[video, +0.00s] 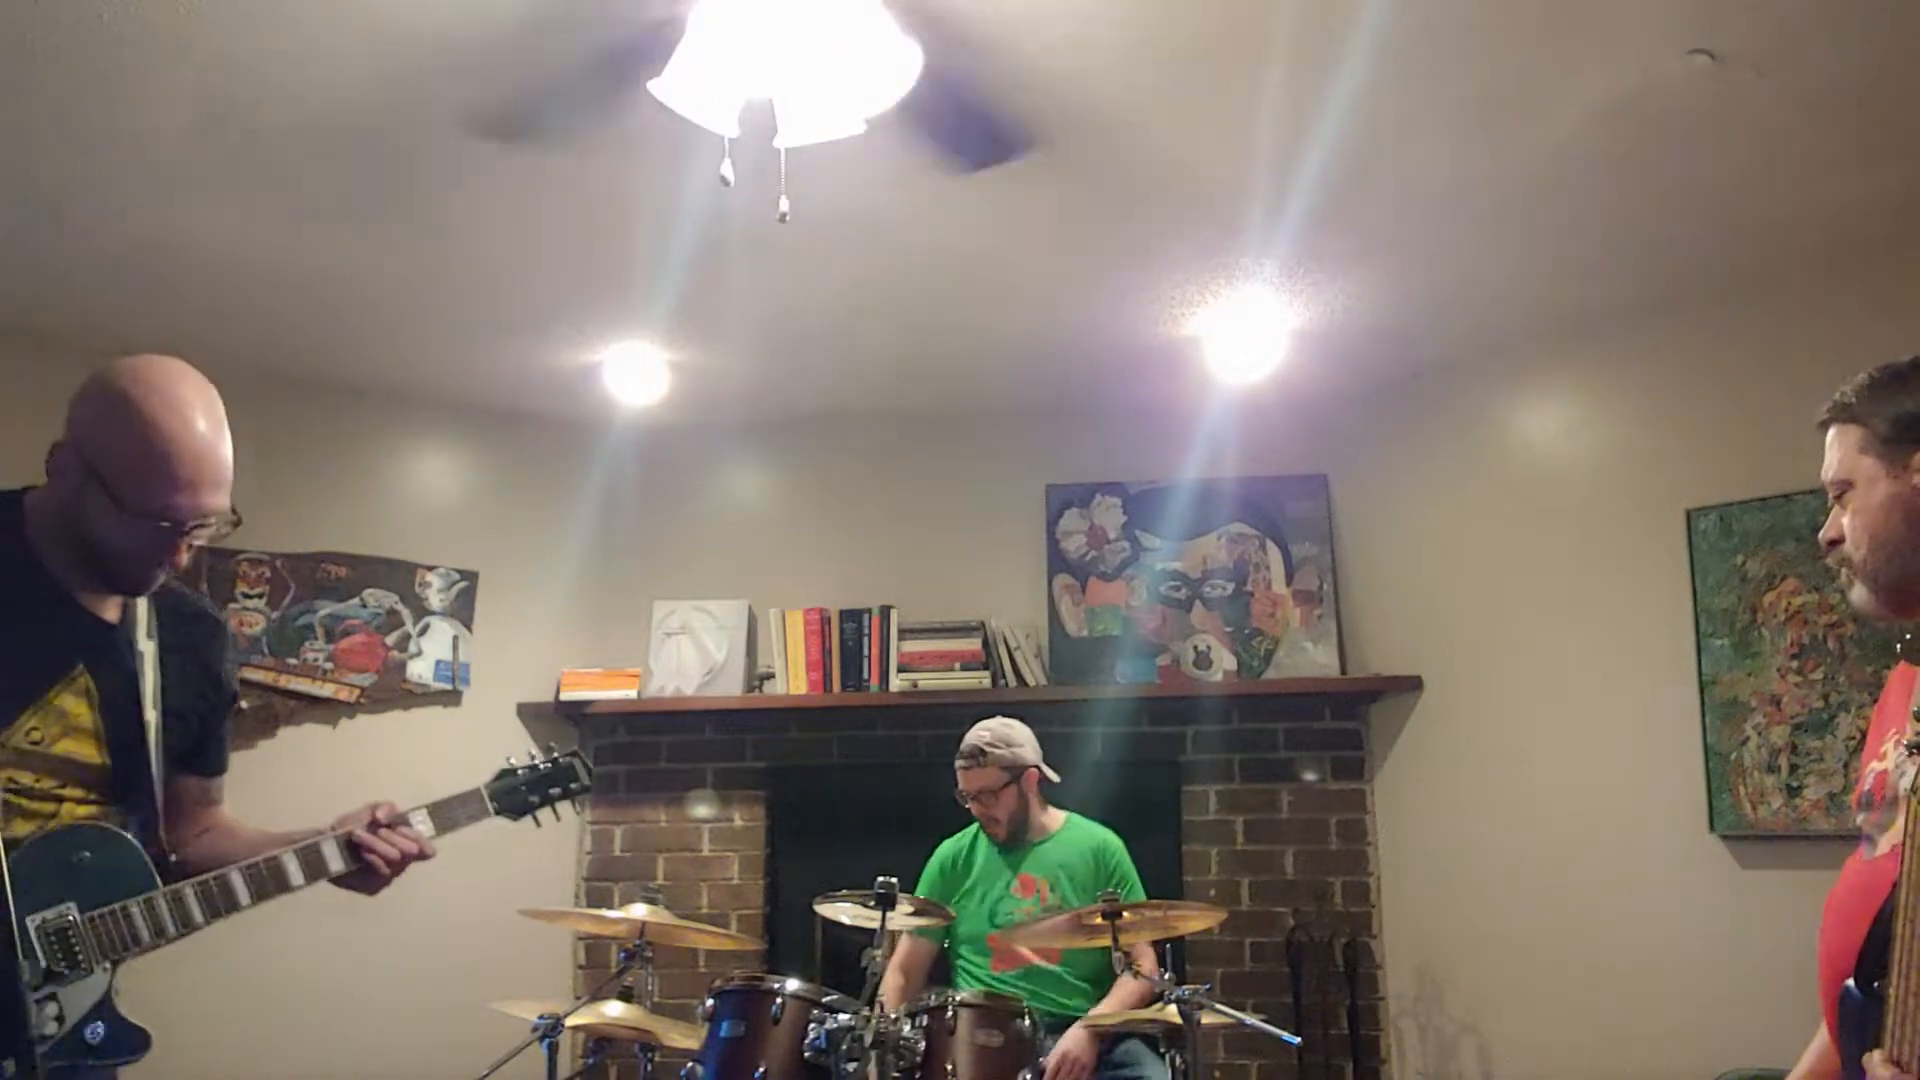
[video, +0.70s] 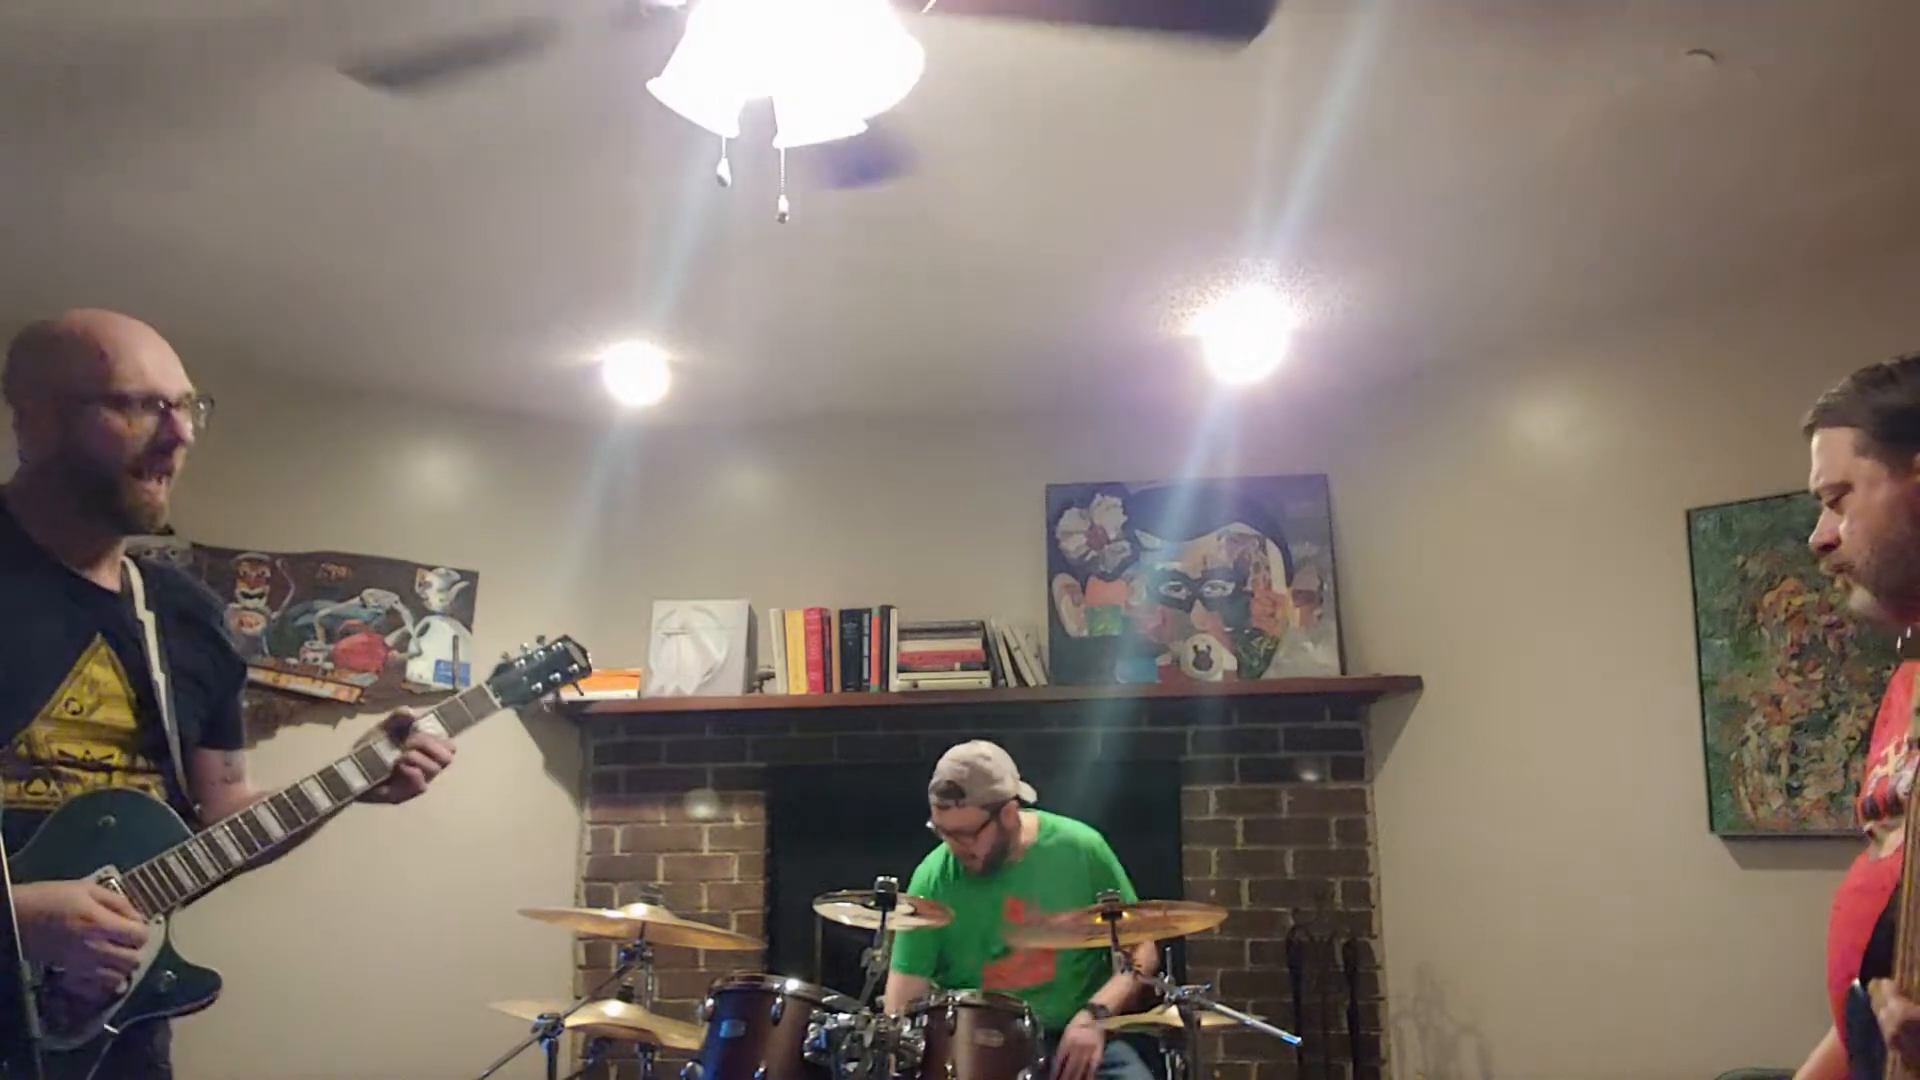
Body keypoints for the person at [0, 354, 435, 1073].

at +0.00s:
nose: (182, 556)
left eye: (204, 527)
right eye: (162, 527)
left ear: (223, 495)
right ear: (65, 470)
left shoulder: (189, 635)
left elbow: (190, 835)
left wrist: (328, 846)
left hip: (61, 1029)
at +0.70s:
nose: (178, 434)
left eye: (186, 408)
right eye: (139, 406)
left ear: (194, 418)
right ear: (31, 417)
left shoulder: (185, 615)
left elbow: (221, 810)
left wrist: (359, 775)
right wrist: (19, 916)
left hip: (120, 1033)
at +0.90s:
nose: (170, 411)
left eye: (174, 389)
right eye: (133, 380)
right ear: (25, 394)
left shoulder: (162, 612)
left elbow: (198, 796)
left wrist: (351, 766)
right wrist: (27, 920)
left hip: (108, 1038)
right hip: (5, 1035)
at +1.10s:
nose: (156, 398)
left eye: (153, 374)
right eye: (124, 363)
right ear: (11, 373)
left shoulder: (95, 600)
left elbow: (135, 790)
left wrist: (311, 750)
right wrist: (25, 914)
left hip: (58, 1033)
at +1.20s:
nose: (147, 394)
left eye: (138, 366)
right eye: (117, 359)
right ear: (12, 364)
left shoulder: (69, 597)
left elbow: (114, 789)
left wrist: (289, 738)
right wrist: (37, 922)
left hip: (45, 1033)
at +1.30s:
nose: (131, 398)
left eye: (124, 368)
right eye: (110, 363)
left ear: (21, 361)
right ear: (15, 360)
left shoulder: (32, 578)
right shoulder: (16, 576)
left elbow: (87, 791)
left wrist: (244, 742)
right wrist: (44, 923)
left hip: (50, 1037)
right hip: (6, 1036)